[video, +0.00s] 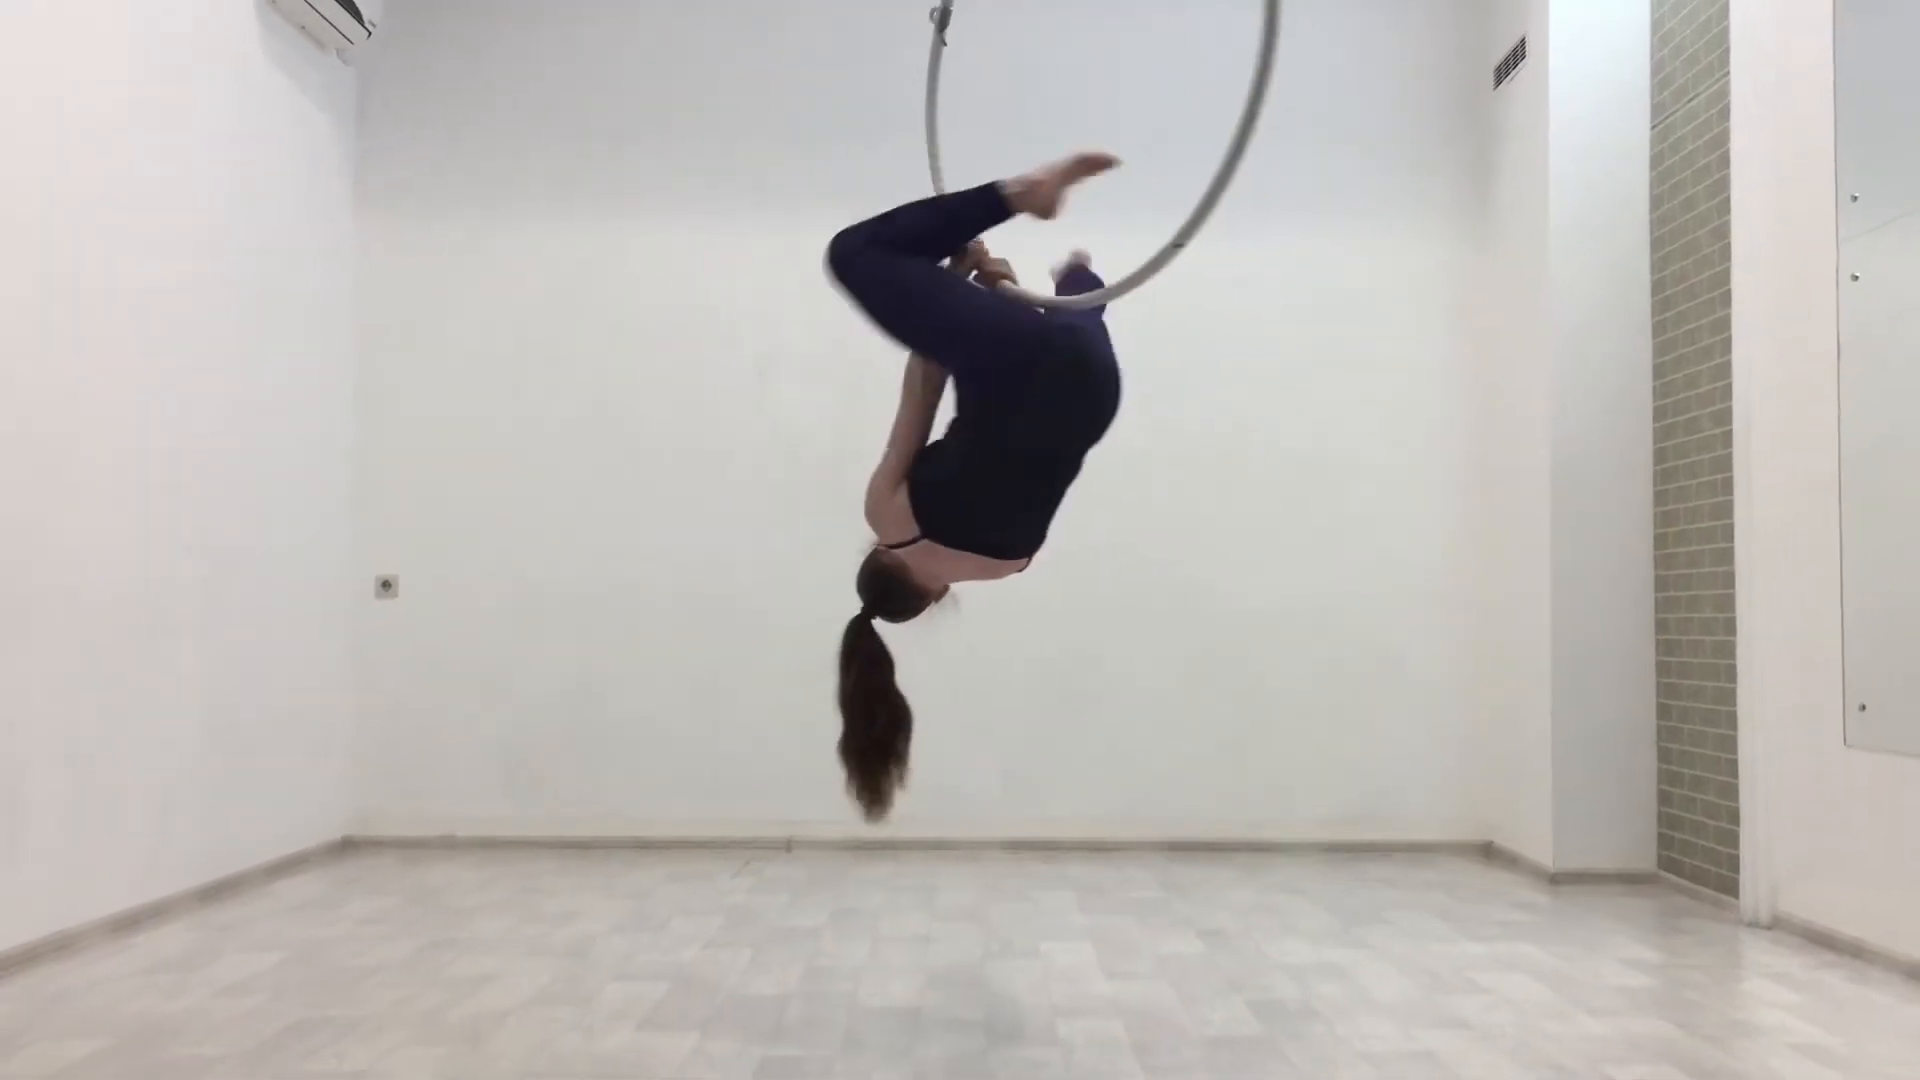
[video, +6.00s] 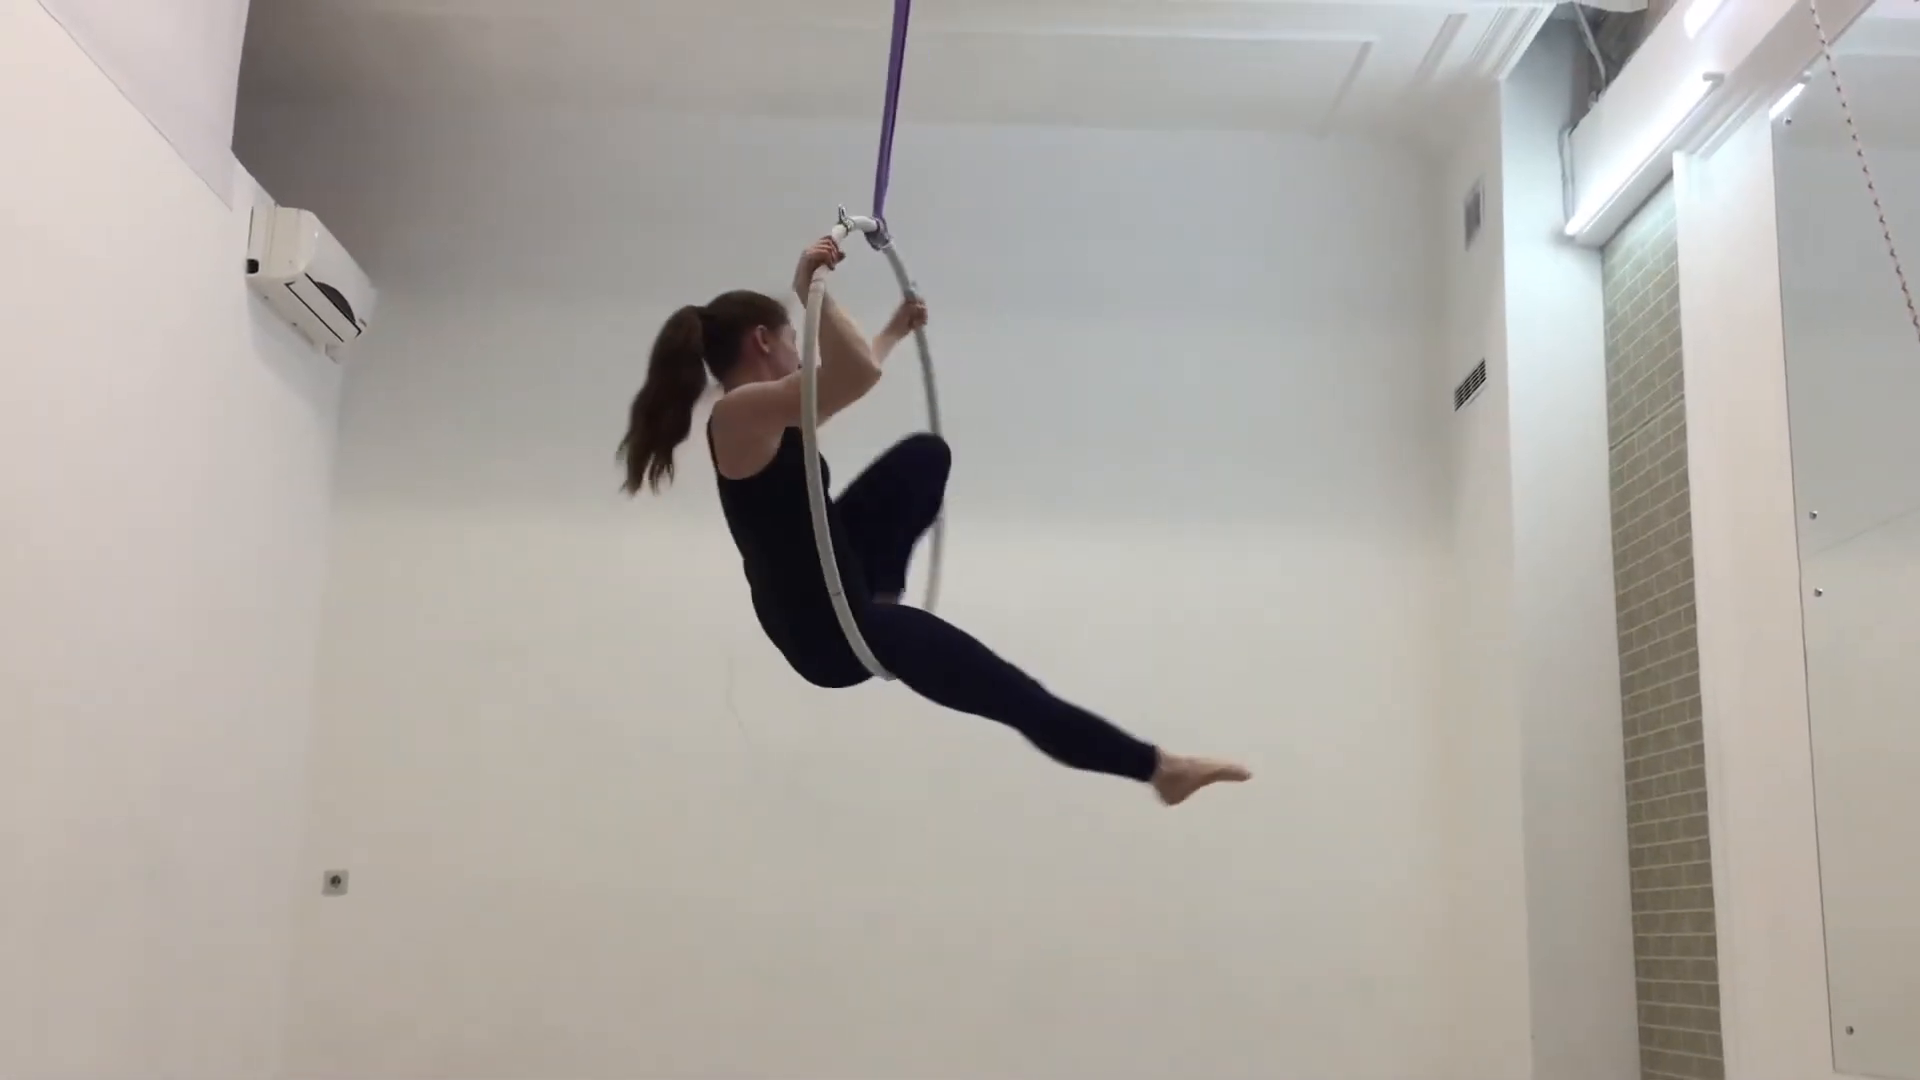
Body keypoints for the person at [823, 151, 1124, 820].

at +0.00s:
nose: (939, 595)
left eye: (928, 596)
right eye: (928, 596)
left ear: (907, 591)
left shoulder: (1003, 567)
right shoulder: (888, 508)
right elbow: (922, 389)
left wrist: (978, 292)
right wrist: (967, 290)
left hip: (1091, 401)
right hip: (1042, 348)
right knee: (852, 253)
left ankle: (1079, 295)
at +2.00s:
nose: (760, 577)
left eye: (755, 585)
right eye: (780, 595)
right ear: (822, 628)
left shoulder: (794, 536)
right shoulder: (881, 636)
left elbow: (811, 428)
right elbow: (924, 614)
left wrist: (824, 321)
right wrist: (859, 517)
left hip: (903, 503)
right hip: (951, 529)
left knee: (930, 347)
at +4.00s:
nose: (1151, 267)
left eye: (1172, 264)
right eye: (1162, 257)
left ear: (1202, 299)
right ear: (1187, 294)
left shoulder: (1175, 355)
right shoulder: (1136, 359)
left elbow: (1092, 297)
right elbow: (1055, 418)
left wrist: (1017, 207)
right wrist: (988, 388)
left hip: (1072, 563)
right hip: (1041, 533)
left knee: (872, 560)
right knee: (916, 423)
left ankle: (665, 613)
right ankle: (868, 608)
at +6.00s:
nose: (798, 347)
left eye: (793, 334)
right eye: (790, 336)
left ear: (747, 346)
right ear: (765, 344)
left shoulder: (760, 407)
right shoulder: (740, 411)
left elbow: (835, 390)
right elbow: (854, 374)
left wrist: (892, 333)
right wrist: (812, 291)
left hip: (828, 570)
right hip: (830, 626)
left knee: (926, 457)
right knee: (1007, 691)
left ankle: (875, 607)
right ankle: (1158, 769)